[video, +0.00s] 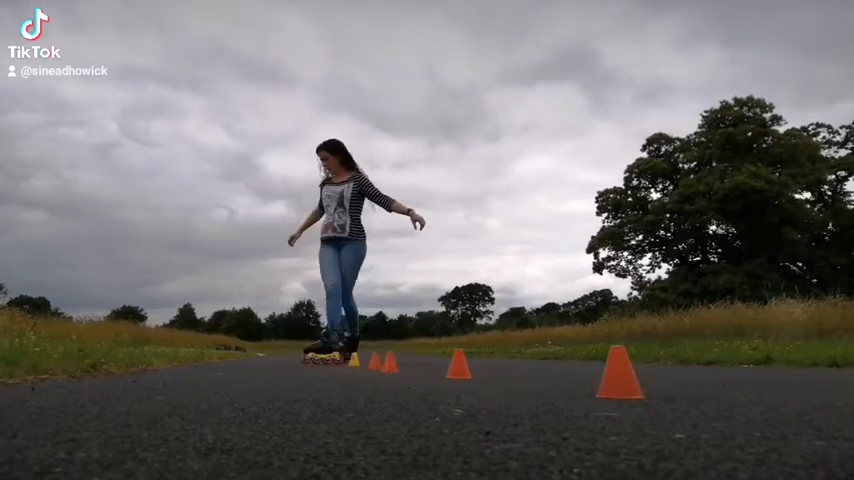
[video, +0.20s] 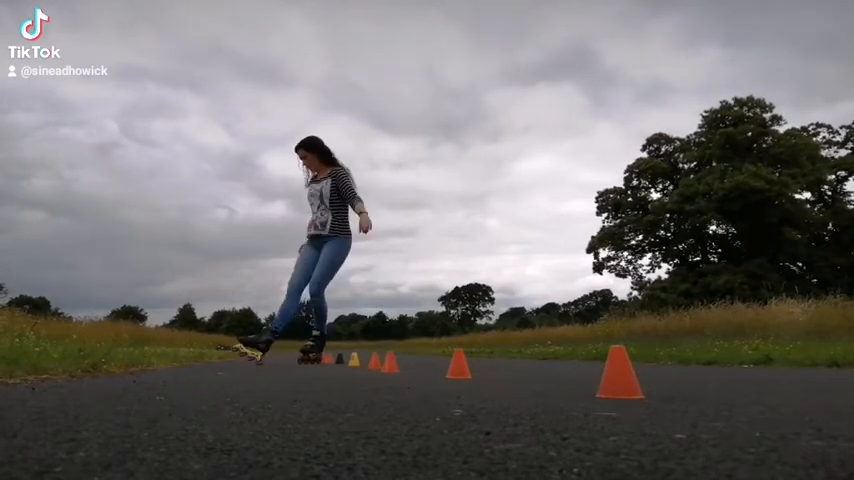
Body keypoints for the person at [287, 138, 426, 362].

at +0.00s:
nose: (324, 164)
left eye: (326, 159)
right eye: (321, 160)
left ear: (339, 157)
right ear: (323, 162)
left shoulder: (358, 180)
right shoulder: (326, 184)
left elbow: (383, 200)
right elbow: (319, 210)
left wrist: (409, 212)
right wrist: (299, 231)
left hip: (352, 242)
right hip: (328, 243)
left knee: (344, 293)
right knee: (332, 287)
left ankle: (352, 338)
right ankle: (332, 337)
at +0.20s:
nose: (304, 164)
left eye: (305, 159)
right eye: (302, 160)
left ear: (318, 154)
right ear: (307, 159)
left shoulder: (339, 173)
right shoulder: (312, 179)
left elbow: (352, 196)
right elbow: (320, 209)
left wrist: (363, 213)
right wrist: (312, 236)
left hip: (337, 239)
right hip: (314, 240)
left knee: (315, 287)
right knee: (294, 287)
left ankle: (318, 342)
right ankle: (269, 338)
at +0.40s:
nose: (286, 165)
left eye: (285, 159)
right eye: (283, 161)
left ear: (295, 153)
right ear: (295, 155)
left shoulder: (312, 169)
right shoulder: (307, 172)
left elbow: (314, 204)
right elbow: (310, 207)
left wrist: (301, 232)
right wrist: (300, 234)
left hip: (323, 235)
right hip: (313, 236)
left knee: (291, 281)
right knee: (279, 279)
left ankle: (288, 338)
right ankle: (272, 332)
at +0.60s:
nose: (279, 168)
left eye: (279, 163)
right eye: (277, 164)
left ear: (286, 158)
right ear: (298, 155)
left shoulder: (289, 173)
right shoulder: (321, 173)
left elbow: (276, 208)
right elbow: (345, 204)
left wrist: (253, 232)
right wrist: (350, 237)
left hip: (307, 231)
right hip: (329, 234)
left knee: (271, 276)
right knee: (296, 285)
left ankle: (251, 335)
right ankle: (286, 334)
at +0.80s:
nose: (279, 175)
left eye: (279, 171)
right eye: (279, 171)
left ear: (284, 167)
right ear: (305, 160)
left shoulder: (285, 181)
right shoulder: (327, 172)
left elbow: (267, 220)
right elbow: (355, 191)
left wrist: (243, 241)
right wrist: (377, 222)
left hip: (313, 232)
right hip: (340, 236)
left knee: (267, 277)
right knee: (311, 291)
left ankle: (266, 339)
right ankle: (297, 334)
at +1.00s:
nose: (296, 172)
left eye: (296, 168)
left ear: (299, 165)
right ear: (323, 156)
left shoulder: (300, 181)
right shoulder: (341, 167)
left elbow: (292, 222)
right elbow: (371, 180)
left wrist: (277, 248)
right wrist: (399, 203)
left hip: (326, 231)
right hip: (356, 230)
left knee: (317, 286)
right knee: (334, 288)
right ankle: (337, 336)